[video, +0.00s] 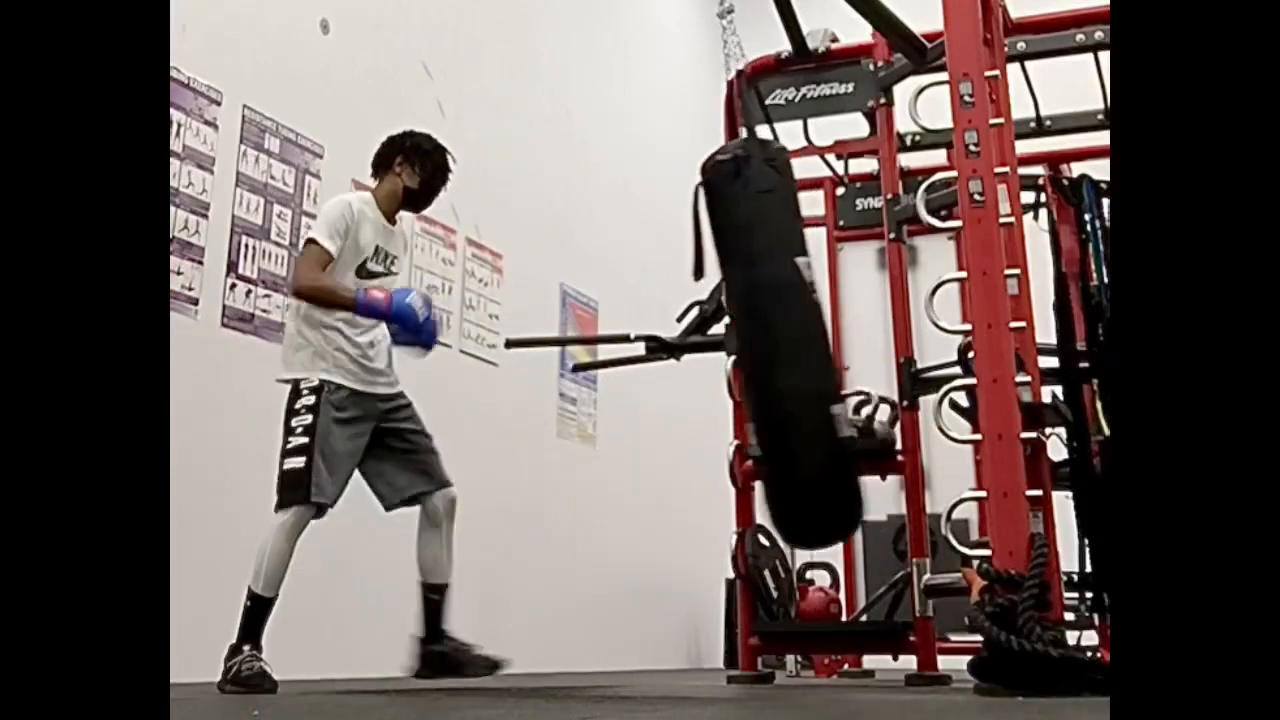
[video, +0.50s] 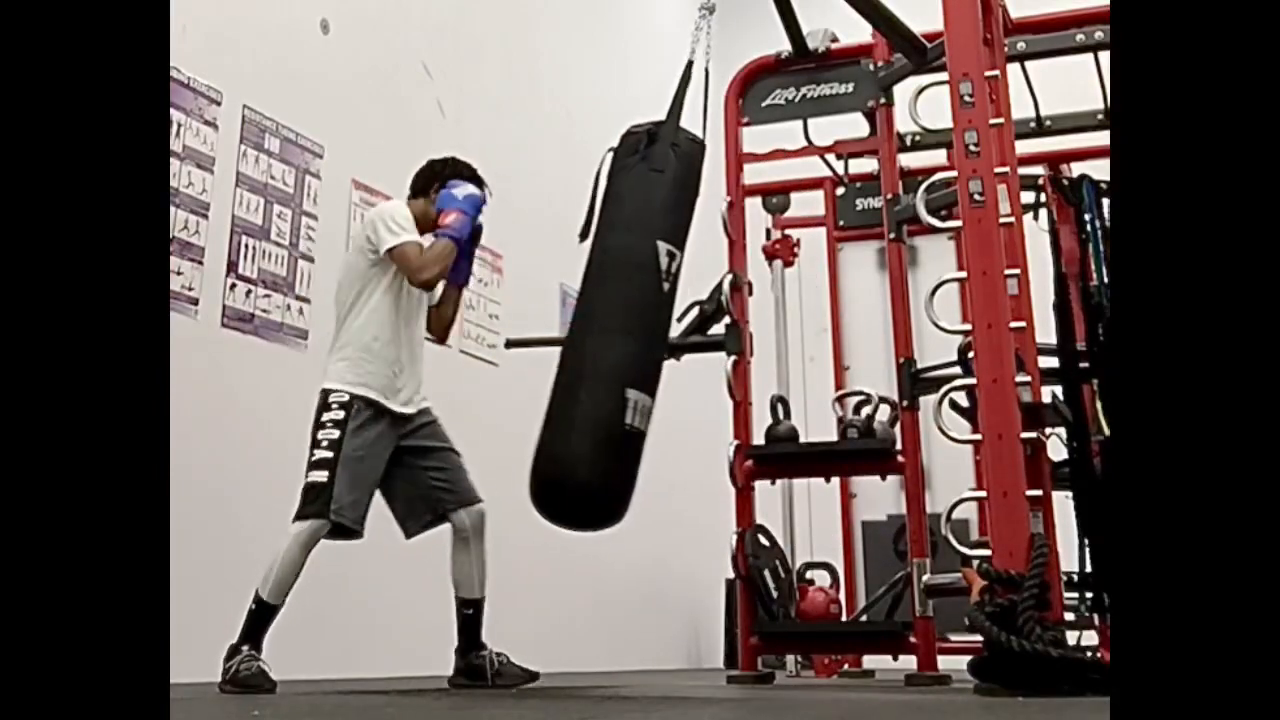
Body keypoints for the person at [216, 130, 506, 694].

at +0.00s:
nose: (428, 189)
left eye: (435, 182)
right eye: (423, 175)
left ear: (422, 184)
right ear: (396, 165)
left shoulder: (400, 238)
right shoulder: (346, 210)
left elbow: (366, 310)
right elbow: (305, 280)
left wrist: (407, 327)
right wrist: (384, 302)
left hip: (379, 388)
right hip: (324, 383)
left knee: (439, 501)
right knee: (299, 507)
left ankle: (435, 645)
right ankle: (244, 652)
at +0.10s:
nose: (440, 219)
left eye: (447, 214)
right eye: (439, 207)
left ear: (440, 210)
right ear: (418, 187)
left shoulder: (421, 259)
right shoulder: (369, 218)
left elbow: (451, 328)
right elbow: (375, 275)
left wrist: (488, 280)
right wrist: (447, 251)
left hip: (397, 404)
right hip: (340, 396)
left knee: (458, 516)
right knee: (309, 515)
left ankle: (474, 656)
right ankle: (246, 651)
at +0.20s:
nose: (457, 221)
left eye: (463, 214)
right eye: (454, 209)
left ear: (455, 216)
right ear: (432, 196)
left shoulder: (441, 260)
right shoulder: (384, 223)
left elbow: (483, 321)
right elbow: (430, 277)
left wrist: (493, 257)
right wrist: (461, 231)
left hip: (406, 411)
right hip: (346, 404)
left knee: (472, 516)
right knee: (302, 512)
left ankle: (475, 656)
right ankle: (247, 650)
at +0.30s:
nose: (460, 229)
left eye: (466, 224)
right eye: (459, 218)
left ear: (444, 214)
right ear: (435, 200)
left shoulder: (430, 259)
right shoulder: (384, 220)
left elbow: (443, 336)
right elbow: (400, 285)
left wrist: (474, 278)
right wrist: (452, 249)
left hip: (398, 409)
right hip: (342, 398)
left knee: (457, 516)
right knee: (300, 517)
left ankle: (474, 656)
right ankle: (244, 651)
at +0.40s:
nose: (452, 219)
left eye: (459, 213)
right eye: (451, 207)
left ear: (440, 211)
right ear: (427, 193)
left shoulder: (421, 258)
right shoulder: (379, 211)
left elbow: (446, 323)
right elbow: (408, 266)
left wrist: (468, 264)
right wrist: (450, 226)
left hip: (400, 404)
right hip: (346, 395)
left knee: (457, 517)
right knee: (308, 518)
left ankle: (474, 657)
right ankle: (246, 651)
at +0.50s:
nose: (459, 216)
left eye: (465, 209)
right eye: (457, 204)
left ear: (439, 204)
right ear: (433, 194)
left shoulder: (424, 251)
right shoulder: (385, 214)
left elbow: (438, 331)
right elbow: (422, 272)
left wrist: (463, 262)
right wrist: (456, 229)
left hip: (406, 403)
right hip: (355, 394)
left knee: (470, 516)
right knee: (315, 521)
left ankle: (472, 657)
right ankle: (245, 652)